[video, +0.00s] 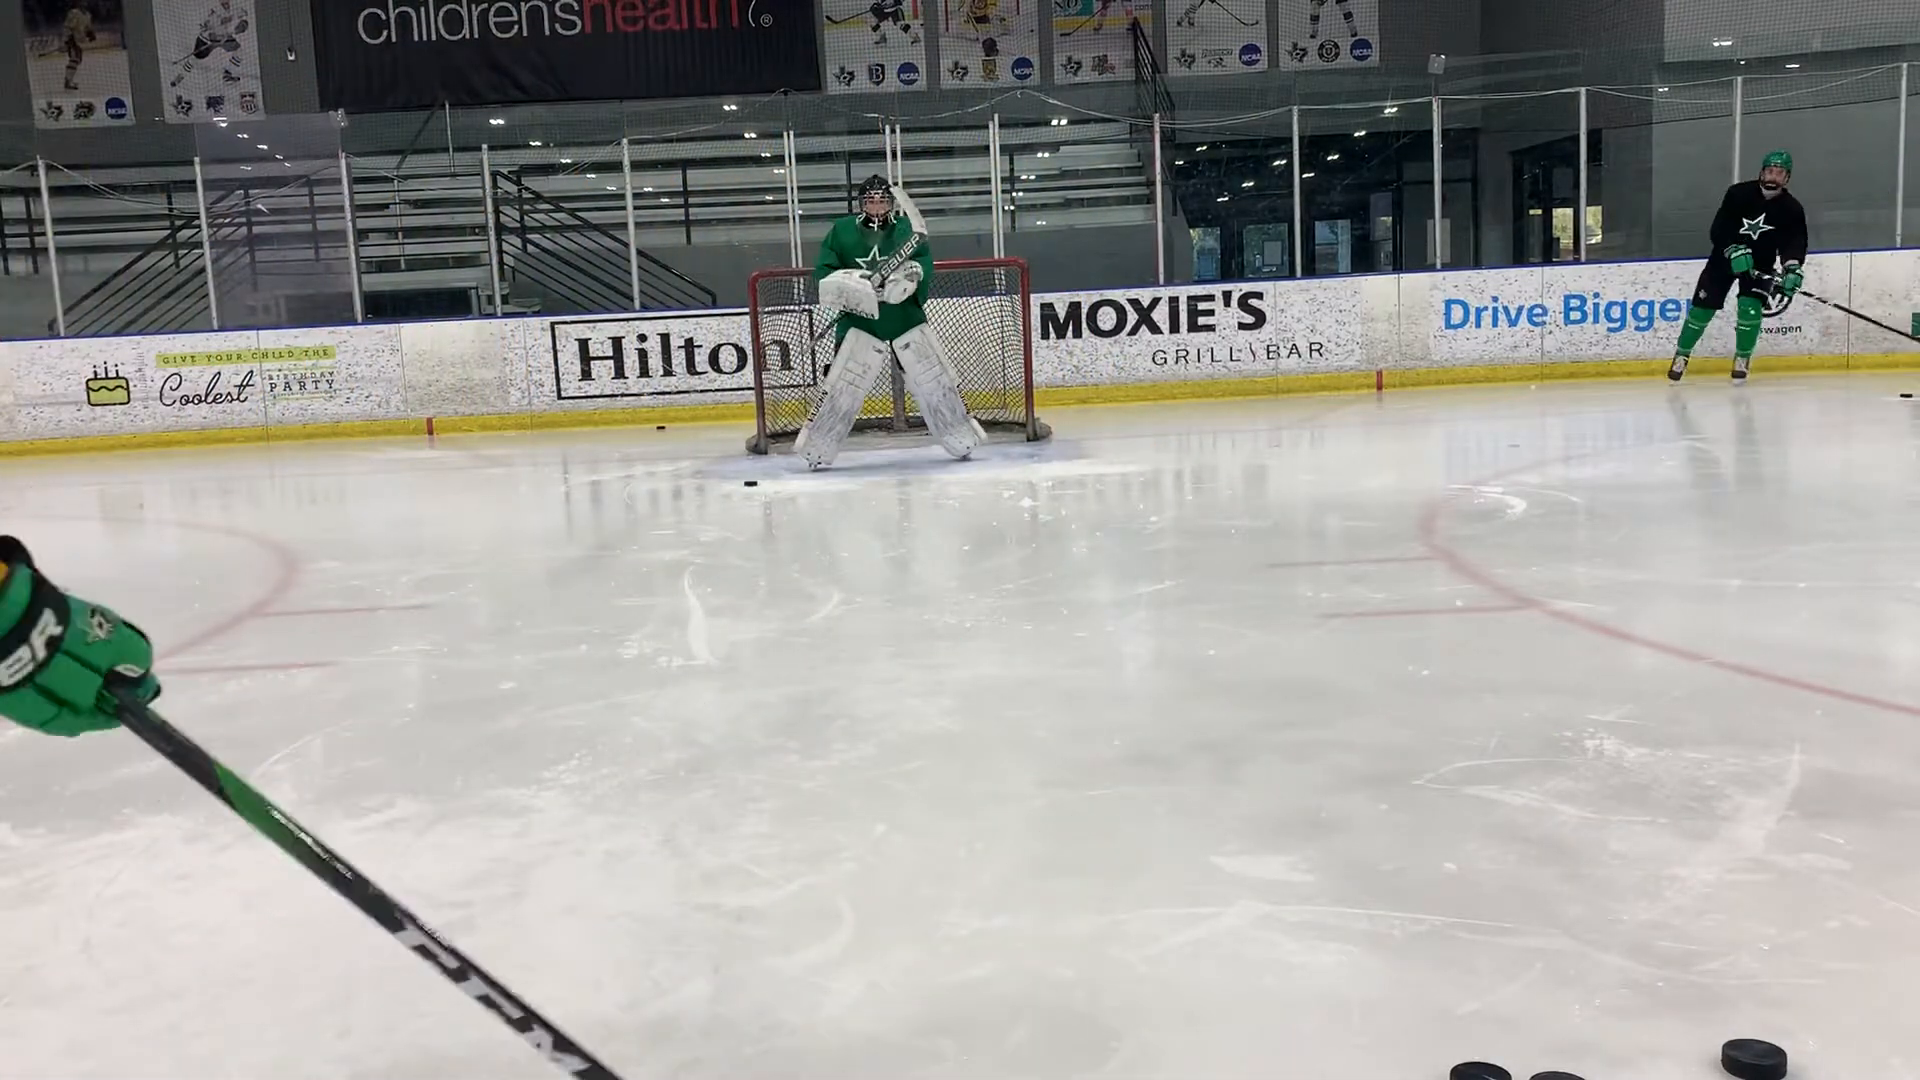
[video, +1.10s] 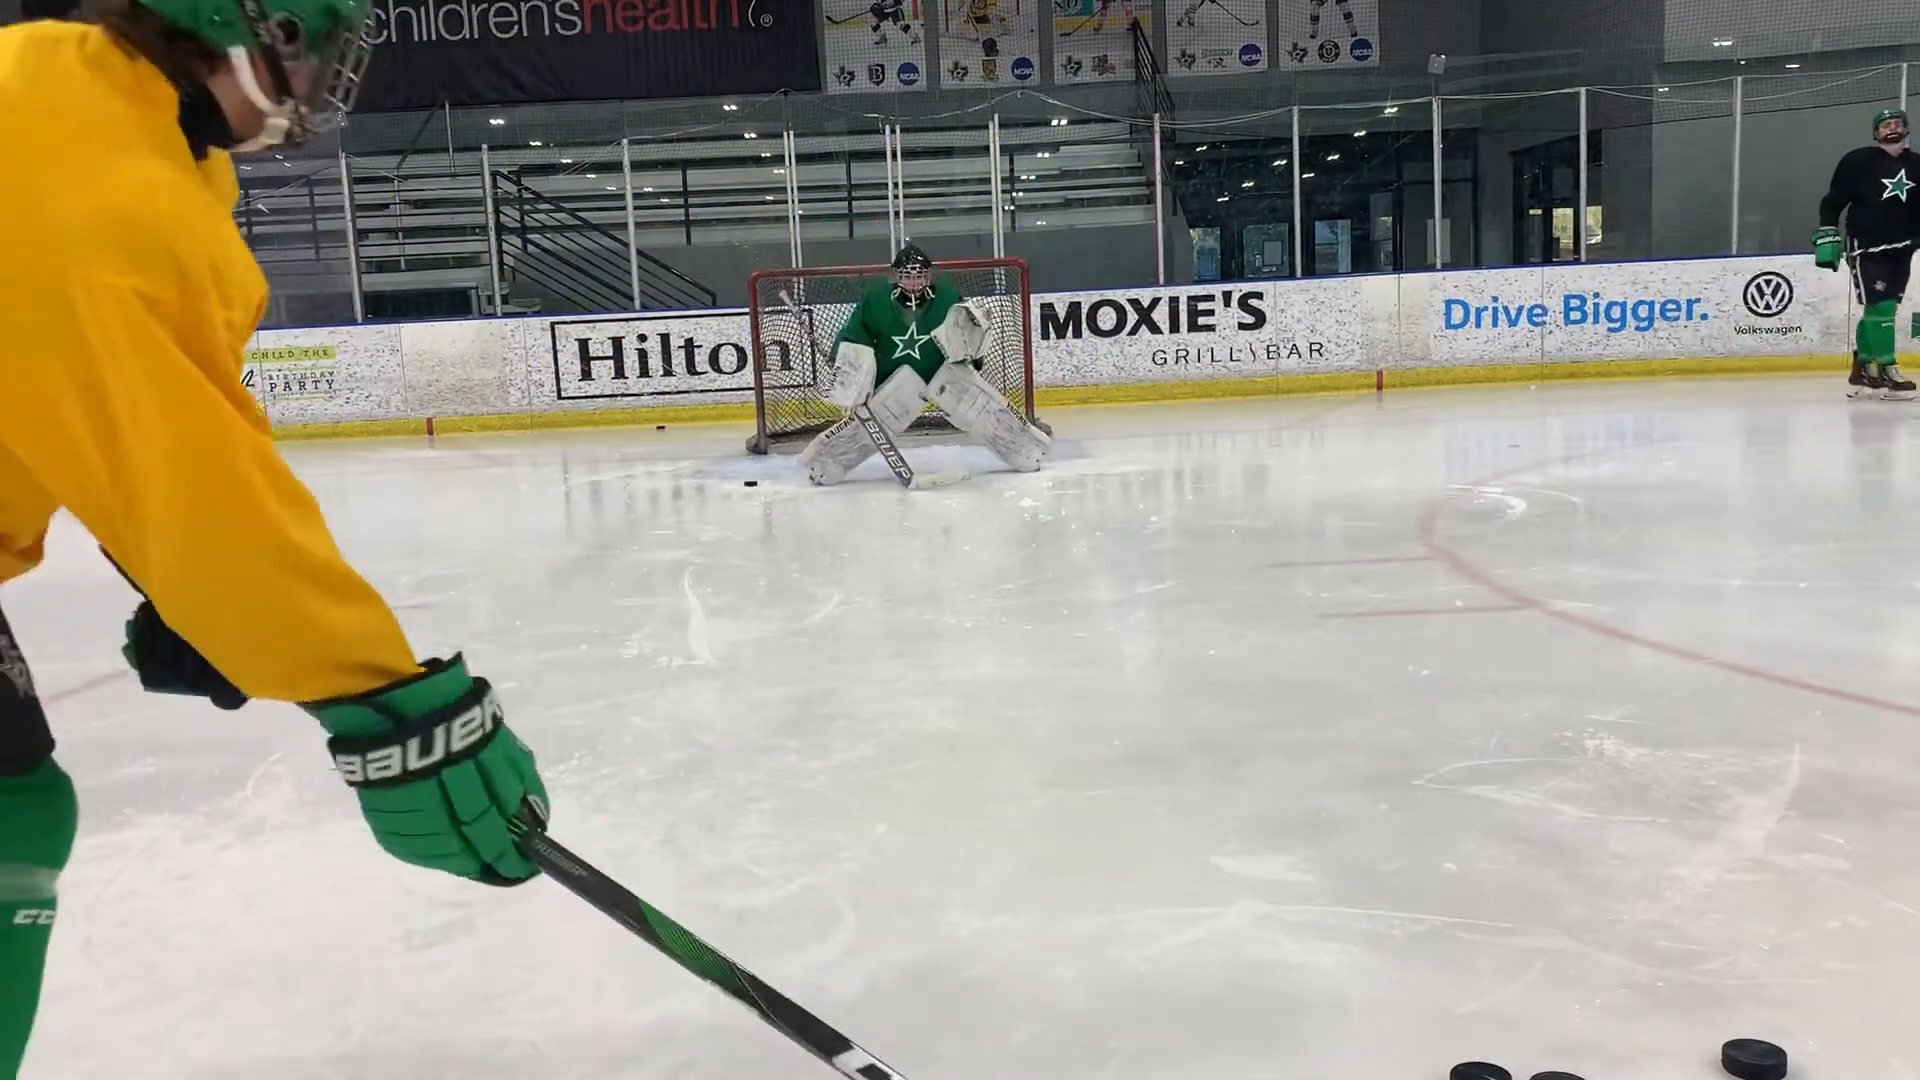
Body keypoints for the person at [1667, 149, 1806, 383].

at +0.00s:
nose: (1772, 176)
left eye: (1779, 172)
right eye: (1769, 170)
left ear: (1786, 177)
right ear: (1762, 172)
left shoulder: (1792, 208)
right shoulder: (1738, 193)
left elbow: (1795, 244)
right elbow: (1718, 230)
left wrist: (1792, 270)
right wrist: (1732, 250)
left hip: (1761, 262)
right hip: (1727, 255)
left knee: (1749, 308)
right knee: (1703, 306)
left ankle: (1742, 358)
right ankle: (1682, 355)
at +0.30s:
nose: (1805, 157)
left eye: (1812, 154)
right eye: (1801, 151)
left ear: (1818, 161)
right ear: (1793, 153)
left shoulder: (1817, 197)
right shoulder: (1762, 174)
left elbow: (1814, 238)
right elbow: (1727, 202)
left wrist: (1814, 268)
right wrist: (1722, 229)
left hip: (1776, 257)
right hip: (1741, 249)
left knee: (1766, 309)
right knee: (1727, 304)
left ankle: (1754, 360)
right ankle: (1716, 355)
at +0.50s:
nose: (1822, 149)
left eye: (1828, 145)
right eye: (1818, 143)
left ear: (1834, 151)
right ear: (1807, 145)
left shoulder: (1836, 188)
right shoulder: (1777, 168)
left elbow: (1831, 229)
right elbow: (1746, 196)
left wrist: (1821, 260)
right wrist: (1734, 219)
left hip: (1799, 259)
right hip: (1762, 251)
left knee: (1787, 312)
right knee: (1753, 306)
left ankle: (1772, 362)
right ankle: (1746, 361)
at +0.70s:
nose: (1839, 142)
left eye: (1845, 138)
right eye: (1835, 137)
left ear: (1853, 145)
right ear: (1824, 142)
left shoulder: (1858, 182)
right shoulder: (1798, 167)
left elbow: (1857, 221)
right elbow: (1765, 195)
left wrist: (1849, 249)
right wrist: (1752, 221)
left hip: (1828, 256)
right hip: (1792, 250)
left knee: (1815, 312)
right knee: (1793, 305)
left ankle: (1797, 366)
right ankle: (1789, 362)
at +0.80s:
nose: (1852, 139)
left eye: (1857, 135)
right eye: (1847, 134)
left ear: (1864, 141)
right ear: (1836, 139)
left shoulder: (1872, 178)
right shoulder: (1810, 166)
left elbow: (1873, 215)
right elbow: (1779, 198)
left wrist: (1867, 241)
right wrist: (1766, 228)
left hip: (1844, 253)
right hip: (1809, 249)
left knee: (1831, 309)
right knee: (1814, 303)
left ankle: (1807, 363)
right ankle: (1815, 358)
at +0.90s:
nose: (1865, 135)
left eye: (1870, 131)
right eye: (1859, 131)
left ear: (1877, 137)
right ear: (1848, 136)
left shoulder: (1886, 174)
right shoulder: (1822, 165)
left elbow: (1891, 209)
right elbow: (1797, 201)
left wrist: (1889, 232)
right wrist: (1785, 234)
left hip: (1863, 249)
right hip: (1826, 247)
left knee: (1847, 307)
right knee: (1838, 301)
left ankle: (1824, 364)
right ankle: (1845, 355)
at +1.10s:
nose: (1893, 129)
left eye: (1898, 125)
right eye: (1887, 126)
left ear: (1905, 129)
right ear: (1877, 132)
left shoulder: (1914, 162)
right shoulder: (1857, 161)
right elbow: (1834, 200)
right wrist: (1827, 237)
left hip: (1902, 245)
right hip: (1868, 245)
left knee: (1883, 306)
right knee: (1882, 305)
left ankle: (1864, 366)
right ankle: (1887, 368)